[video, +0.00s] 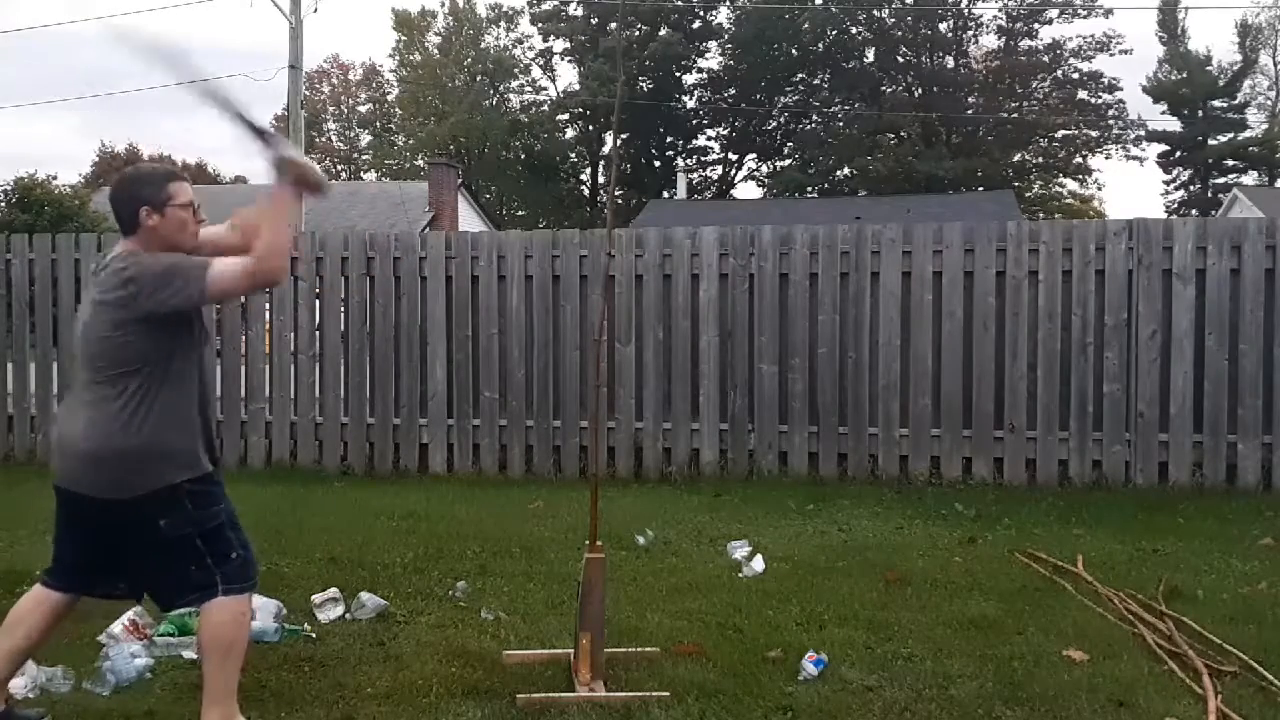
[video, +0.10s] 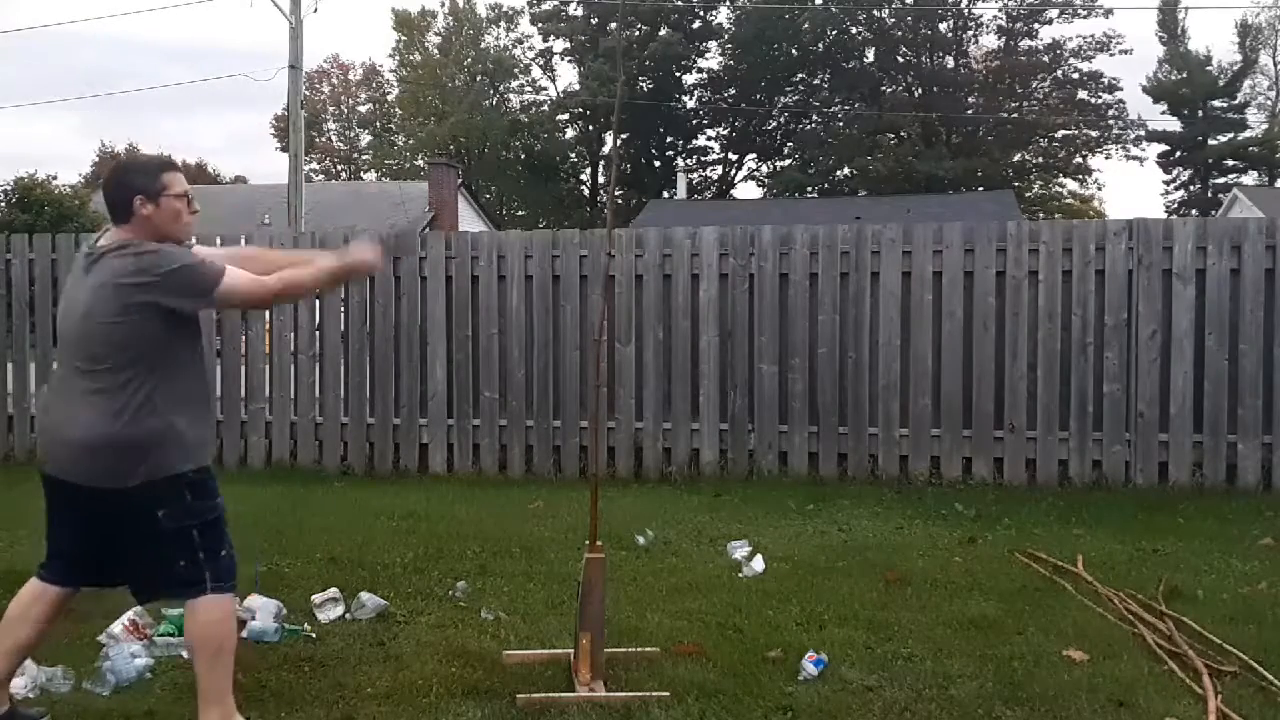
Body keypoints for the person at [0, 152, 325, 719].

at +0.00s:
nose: (199, 217)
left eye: (195, 207)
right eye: (187, 208)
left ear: (150, 220)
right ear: (150, 219)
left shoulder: (123, 265)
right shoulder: (151, 272)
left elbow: (237, 234)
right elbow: (266, 269)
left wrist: (285, 188)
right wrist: (284, 186)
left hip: (85, 463)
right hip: (157, 464)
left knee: (61, 581)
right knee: (229, 579)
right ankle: (220, 710)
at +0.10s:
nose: (193, 209)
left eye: (190, 197)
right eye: (182, 199)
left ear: (136, 209)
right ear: (143, 207)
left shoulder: (98, 257)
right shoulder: (159, 264)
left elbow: (235, 258)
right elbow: (265, 289)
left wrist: (332, 260)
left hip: (72, 457)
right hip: (153, 459)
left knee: (56, 578)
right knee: (211, 582)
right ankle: (218, 710)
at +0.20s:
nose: (193, 208)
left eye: (191, 198)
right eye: (182, 198)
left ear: (136, 206)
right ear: (144, 205)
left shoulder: (83, 249)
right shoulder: (169, 267)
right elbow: (243, 331)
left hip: (60, 449)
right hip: (148, 453)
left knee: (48, 577)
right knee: (200, 585)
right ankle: (217, 711)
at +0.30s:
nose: (194, 214)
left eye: (193, 203)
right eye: (186, 203)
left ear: (137, 211)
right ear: (149, 209)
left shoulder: (73, 254)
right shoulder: (178, 278)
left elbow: (108, 344)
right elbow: (214, 364)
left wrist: (194, 384)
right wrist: (242, 409)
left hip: (48, 444)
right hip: (144, 452)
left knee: (33, 583)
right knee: (200, 587)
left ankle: (0, 692)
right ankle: (216, 710)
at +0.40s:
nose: (192, 216)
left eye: (190, 205)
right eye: (182, 205)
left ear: (134, 211)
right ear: (146, 209)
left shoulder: (63, 254)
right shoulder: (177, 277)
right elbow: (197, 372)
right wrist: (210, 430)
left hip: (42, 446)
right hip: (140, 451)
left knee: (27, 584)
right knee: (196, 586)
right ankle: (216, 710)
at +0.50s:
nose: (184, 215)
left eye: (183, 204)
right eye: (175, 204)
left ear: (122, 210)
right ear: (139, 208)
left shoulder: (58, 252)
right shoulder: (171, 272)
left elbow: (49, 346)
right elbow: (189, 368)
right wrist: (198, 430)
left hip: (38, 449)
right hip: (135, 453)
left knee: (26, 586)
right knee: (190, 587)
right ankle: (215, 709)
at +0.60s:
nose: (177, 216)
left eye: (177, 204)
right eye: (170, 204)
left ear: (107, 208)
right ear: (135, 207)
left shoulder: (52, 253)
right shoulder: (167, 270)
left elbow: (42, 345)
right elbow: (188, 367)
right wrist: (199, 428)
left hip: (35, 448)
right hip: (132, 452)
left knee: (24, 589)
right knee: (187, 588)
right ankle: (215, 710)